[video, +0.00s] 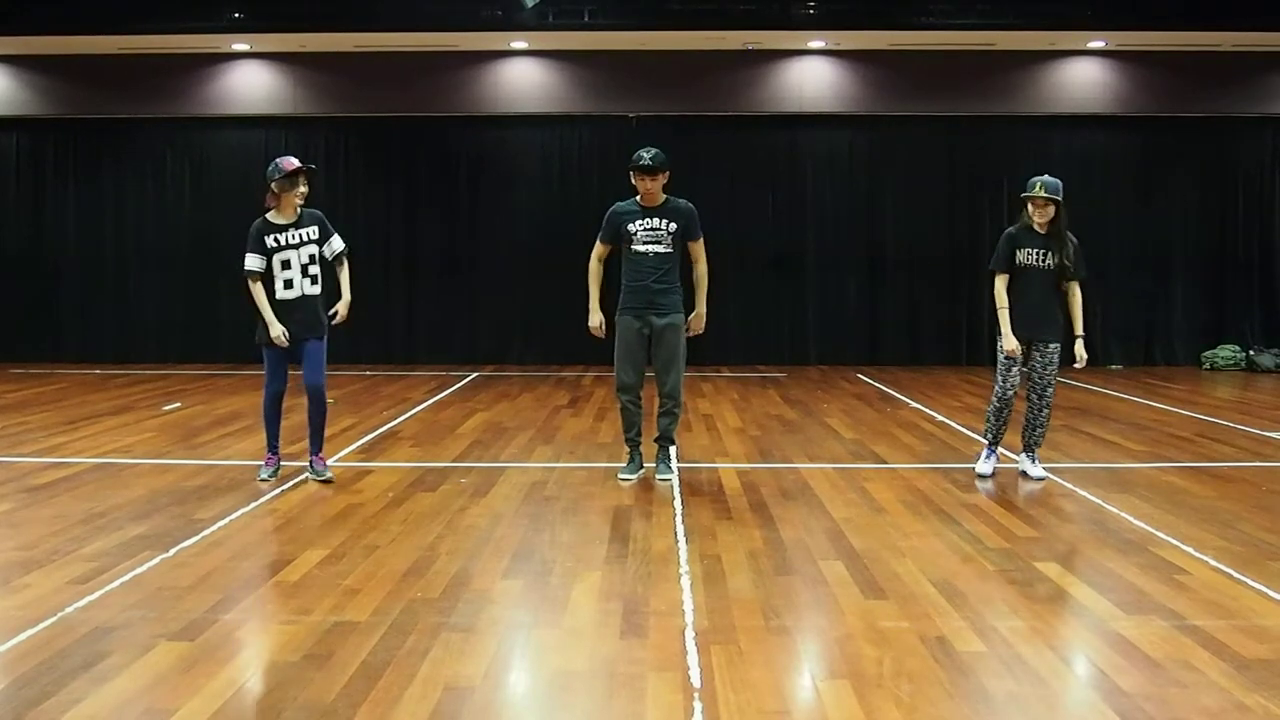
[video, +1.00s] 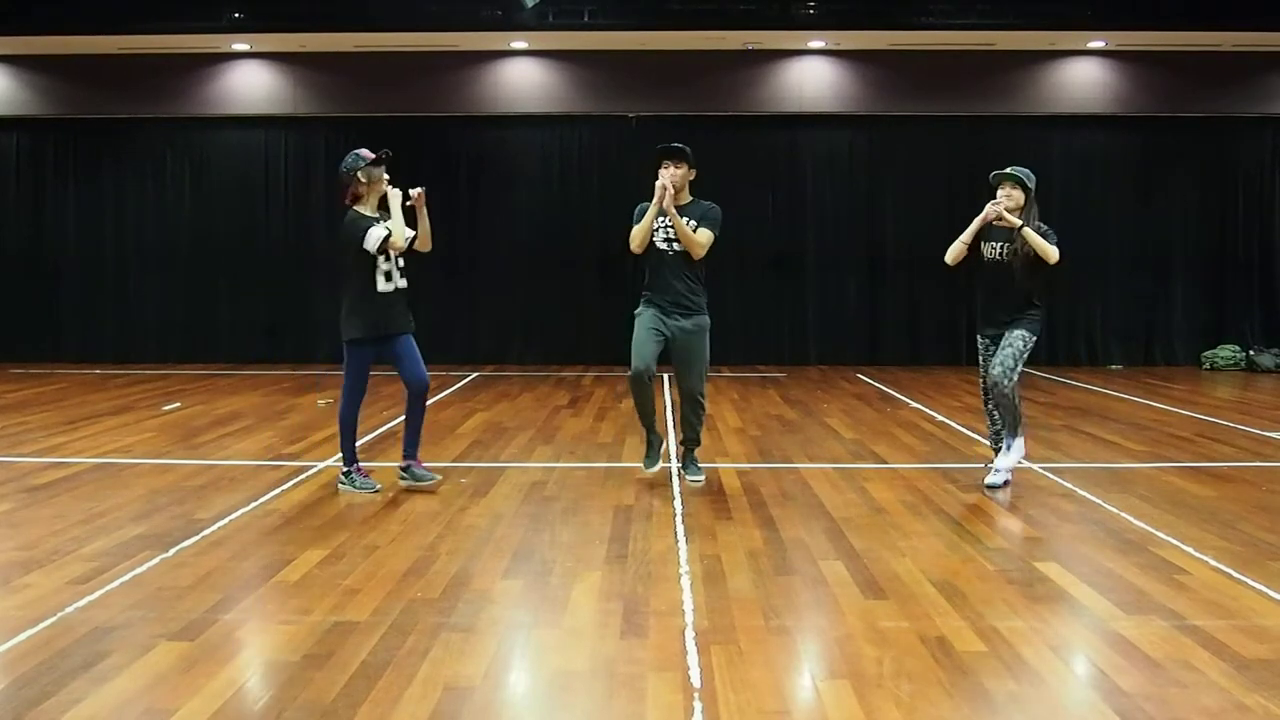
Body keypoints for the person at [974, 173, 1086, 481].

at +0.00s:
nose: (1040, 209)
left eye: (1046, 204)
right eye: (1035, 203)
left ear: (1057, 207)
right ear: (1027, 205)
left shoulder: (1067, 242)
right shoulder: (1012, 238)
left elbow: (1074, 290)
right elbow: (1000, 286)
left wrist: (1079, 338)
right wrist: (1006, 333)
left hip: (1050, 336)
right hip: (1015, 332)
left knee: (1041, 398)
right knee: (1004, 393)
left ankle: (1029, 455)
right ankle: (989, 450)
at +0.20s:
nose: (1033, 215)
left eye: (1040, 210)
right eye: (1028, 209)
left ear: (1052, 214)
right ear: (1023, 212)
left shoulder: (1065, 249)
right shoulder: (1010, 244)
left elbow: (1079, 299)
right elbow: (988, 289)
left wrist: (1062, 335)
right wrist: (1007, 318)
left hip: (1049, 331)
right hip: (1014, 328)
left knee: (1044, 399)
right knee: (1013, 379)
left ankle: (1029, 455)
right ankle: (1006, 395)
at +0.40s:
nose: (1025, 202)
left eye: (1032, 197)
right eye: (1021, 197)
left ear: (1045, 201)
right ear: (1016, 201)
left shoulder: (1062, 238)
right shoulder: (1006, 234)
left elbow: (1080, 280)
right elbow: (974, 276)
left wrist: (1048, 273)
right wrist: (1000, 255)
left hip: (1044, 330)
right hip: (1008, 322)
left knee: (1037, 393)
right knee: (1002, 375)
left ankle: (1029, 453)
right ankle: (1006, 420)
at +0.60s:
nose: (1016, 202)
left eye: (1023, 197)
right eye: (1012, 197)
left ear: (1037, 201)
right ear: (1007, 202)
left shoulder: (1052, 239)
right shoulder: (997, 235)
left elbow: (1060, 277)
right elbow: (970, 272)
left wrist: (1035, 244)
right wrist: (990, 234)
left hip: (1034, 329)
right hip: (998, 327)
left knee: (1031, 395)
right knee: (999, 393)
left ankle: (1031, 451)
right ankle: (1000, 461)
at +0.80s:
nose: (1006, 203)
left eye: (1014, 199)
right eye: (1003, 198)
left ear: (1029, 205)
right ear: (998, 203)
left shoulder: (1044, 239)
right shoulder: (989, 235)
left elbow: (1050, 272)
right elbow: (962, 272)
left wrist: (1023, 238)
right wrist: (983, 233)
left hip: (1026, 322)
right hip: (991, 324)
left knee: (1004, 365)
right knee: (993, 397)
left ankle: (1020, 402)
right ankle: (1000, 462)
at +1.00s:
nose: (1004, 193)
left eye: (1013, 189)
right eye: (1001, 188)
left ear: (1027, 196)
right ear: (995, 194)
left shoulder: (1037, 230)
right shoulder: (983, 229)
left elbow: (1052, 256)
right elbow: (951, 258)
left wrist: (1019, 225)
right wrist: (979, 222)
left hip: (1024, 319)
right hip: (988, 320)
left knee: (999, 379)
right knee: (990, 390)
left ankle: (1013, 440)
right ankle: (1001, 459)